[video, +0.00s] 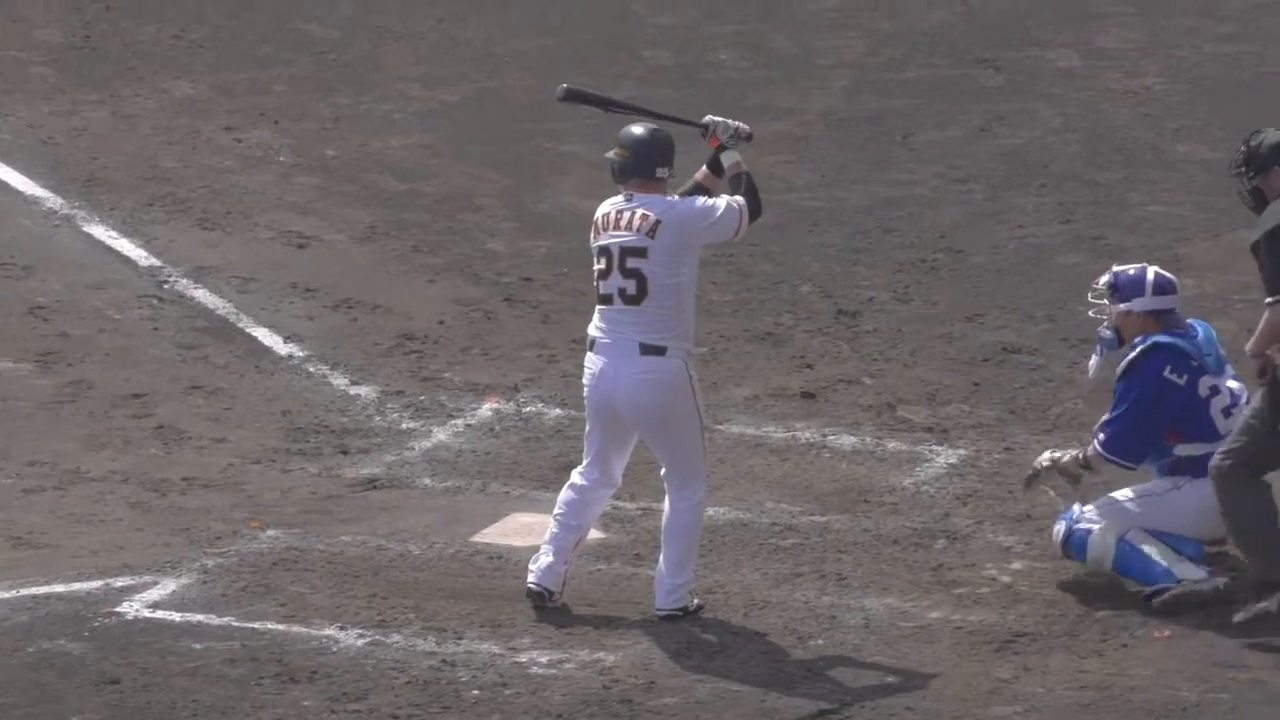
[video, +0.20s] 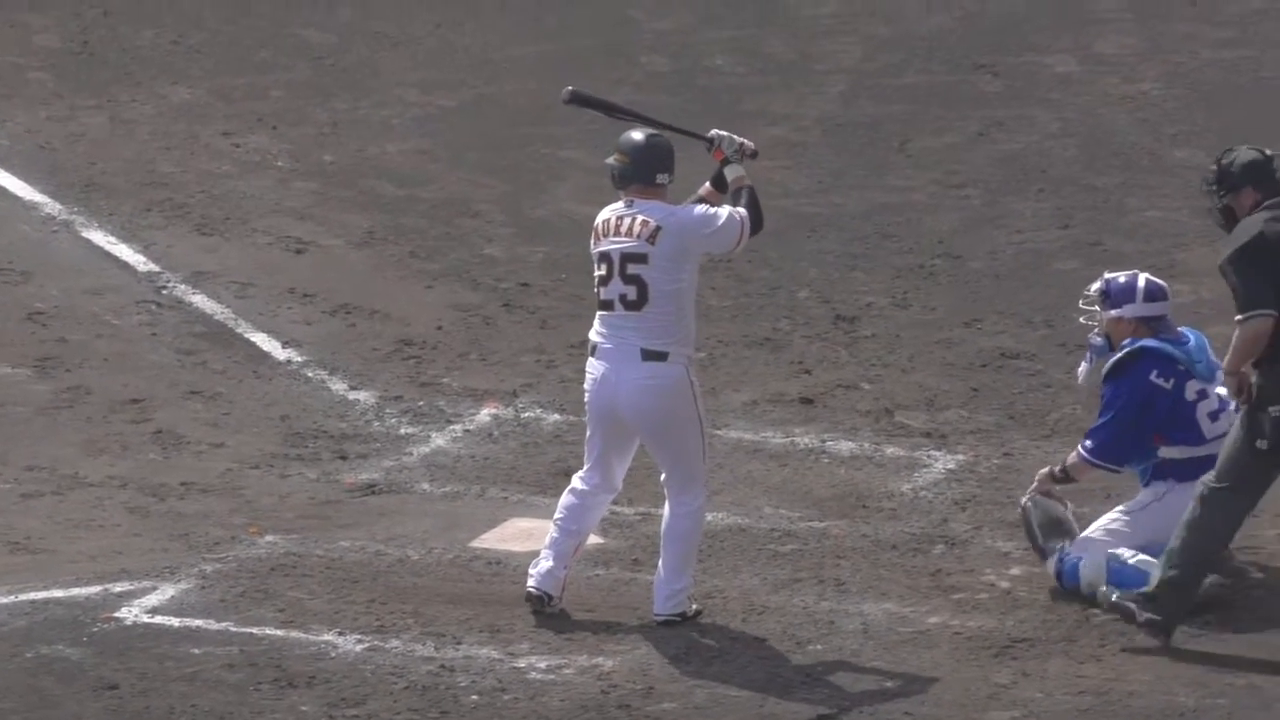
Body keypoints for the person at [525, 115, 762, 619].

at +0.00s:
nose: (614, 172)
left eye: (617, 166)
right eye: (666, 166)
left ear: (620, 170)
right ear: (667, 168)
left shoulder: (604, 215)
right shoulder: (683, 215)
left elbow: (681, 202)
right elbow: (749, 208)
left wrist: (718, 155)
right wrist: (734, 161)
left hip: (600, 365)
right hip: (660, 371)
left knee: (595, 472)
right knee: (685, 482)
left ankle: (544, 574)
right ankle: (673, 596)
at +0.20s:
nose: (613, 175)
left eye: (617, 169)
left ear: (621, 174)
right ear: (667, 174)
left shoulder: (604, 221)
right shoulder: (684, 223)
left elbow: (683, 214)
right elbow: (750, 220)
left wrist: (721, 169)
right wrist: (739, 171)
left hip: (601, 372)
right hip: (662, 378)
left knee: (595, 477)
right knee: (685, 488)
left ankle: (544, 578)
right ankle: (671, 601)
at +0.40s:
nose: (609, 175)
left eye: (613, 169)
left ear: (617, 174)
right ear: (664, 175)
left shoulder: (600, 221)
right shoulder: (680, 223)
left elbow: (678, 213)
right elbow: (745, 221)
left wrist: (716, 170)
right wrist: (734, 174)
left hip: (595, 373)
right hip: (656, 379)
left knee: (590, 480)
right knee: (681, 489)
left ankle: (540, 582)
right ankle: (669, 603)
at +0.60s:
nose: (606, 176)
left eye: (610, 171)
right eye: (661, 172)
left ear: (612, 174)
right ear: (660, 175)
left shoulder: (596, 219)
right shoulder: (676, 222)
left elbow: (672, 208)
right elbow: (741, 214)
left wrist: (710, 163)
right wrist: (723, 166)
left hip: (590, 372)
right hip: (651, 378)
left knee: (585, 478)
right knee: (678, 486)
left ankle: (538, 582)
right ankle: (667, 602)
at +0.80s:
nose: (606, 175)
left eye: (609, 170)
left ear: (614, 174)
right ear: (660, 174)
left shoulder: (598, 219)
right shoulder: (677, 220)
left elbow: (671, 210)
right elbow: (742, 215)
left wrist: (712, 168)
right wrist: (729, 169)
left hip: (594, 371)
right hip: (655, 377)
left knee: (590, 476)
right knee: (681, 485)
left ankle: (539, 577)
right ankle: (667, 600)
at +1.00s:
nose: (604, 176)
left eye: (608, 169)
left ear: (611, 173)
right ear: (656, 174)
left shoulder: (595, 221)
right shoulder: (675, 222)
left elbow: (675, 213)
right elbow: (741, 221)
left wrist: (712, 169)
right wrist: (732, 175)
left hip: (592, 372)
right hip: (653, 378)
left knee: (589, 475)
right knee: (679, 485)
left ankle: (537, 576)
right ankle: (665, 598)